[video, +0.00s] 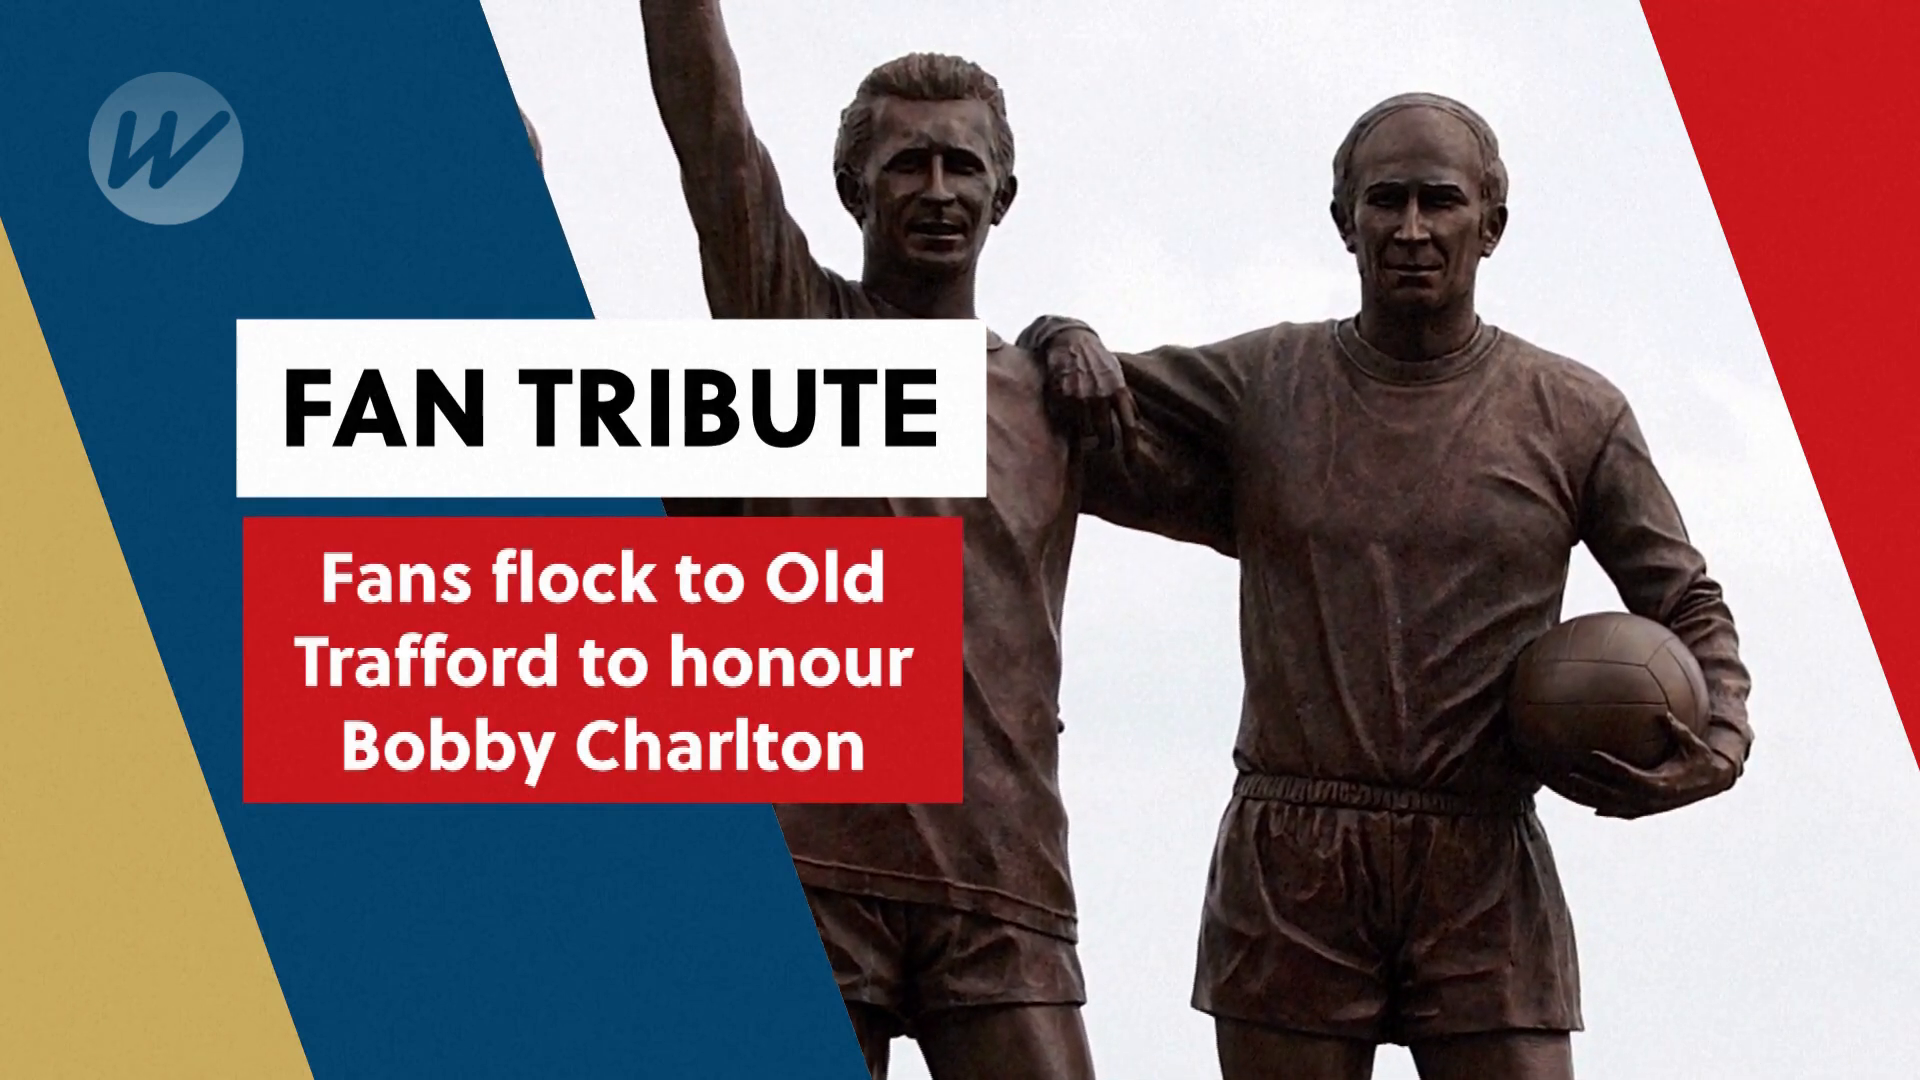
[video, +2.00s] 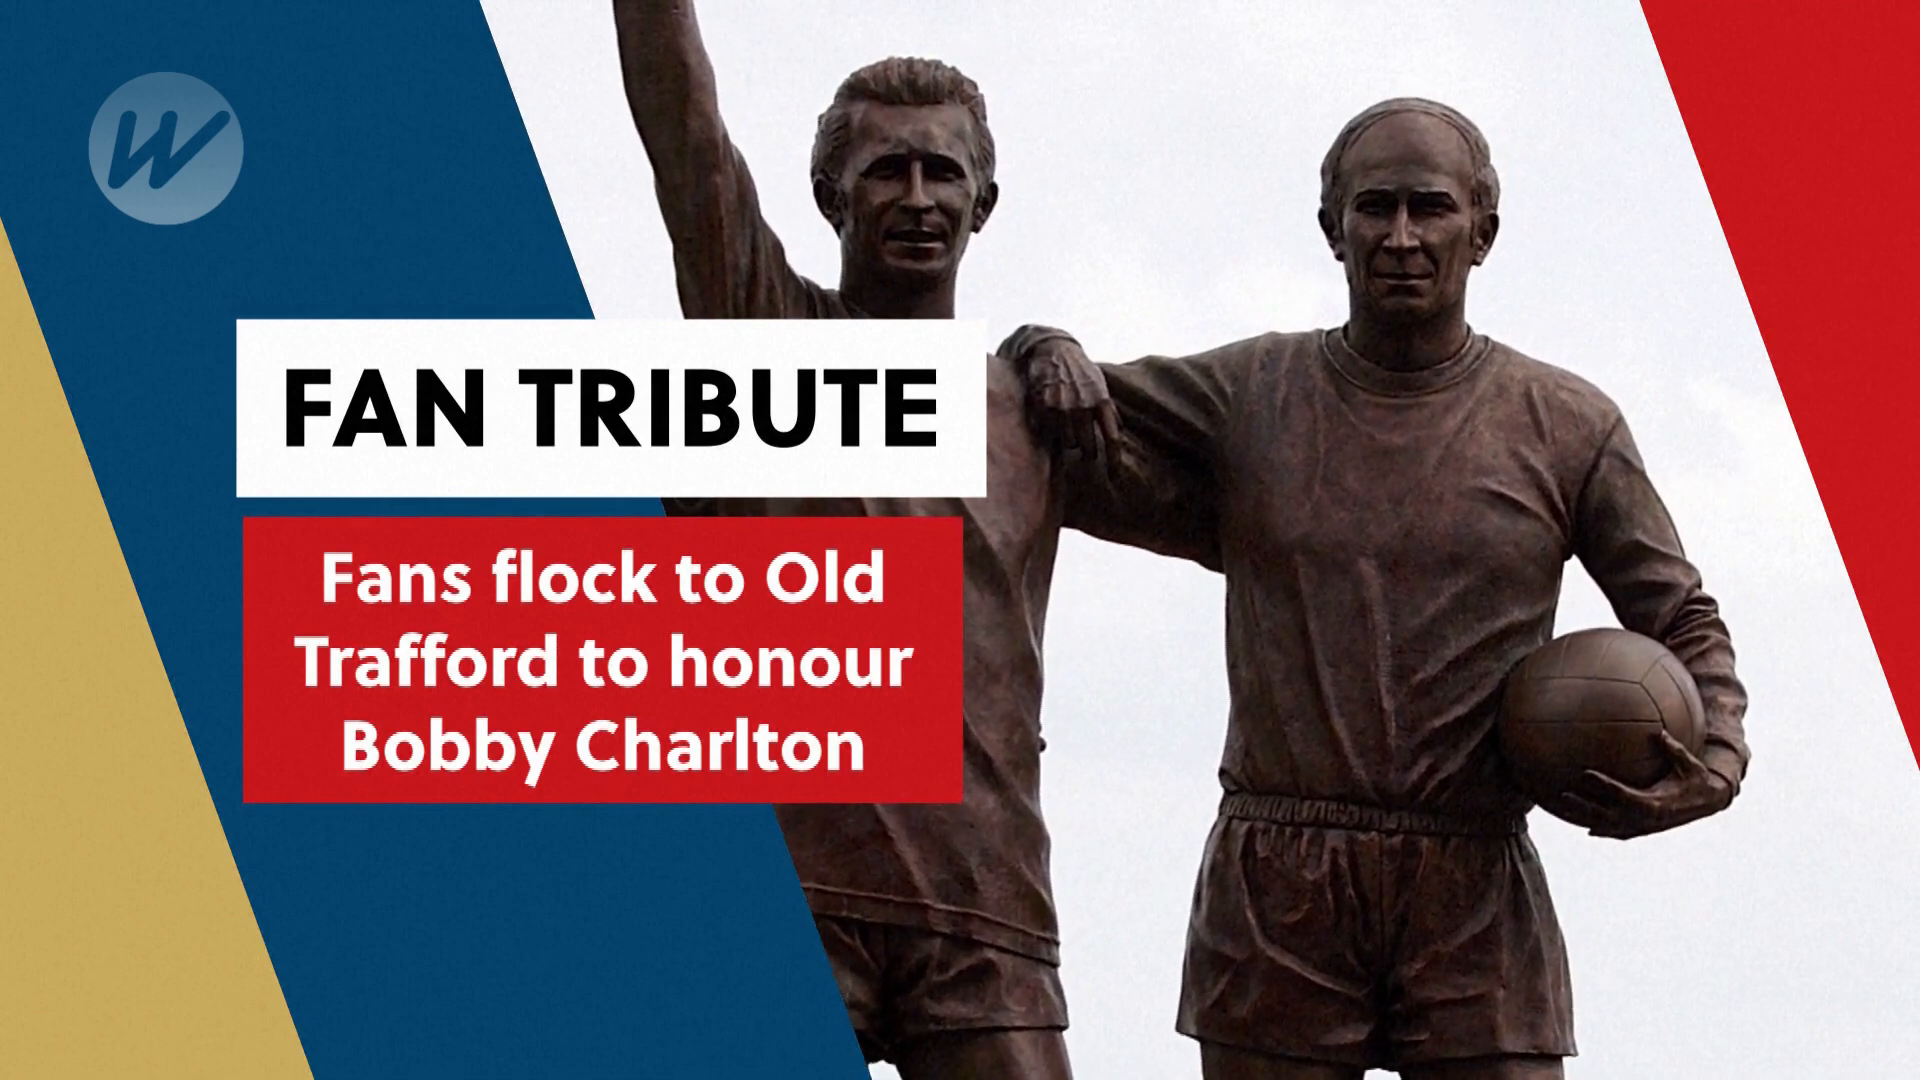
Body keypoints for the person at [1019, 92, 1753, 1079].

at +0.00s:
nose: (1411, 226)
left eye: (1440, 199)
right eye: (1384, 200)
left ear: (1493, 223)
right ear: (1344, 222)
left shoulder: (1574, 411)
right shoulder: (1262, 379)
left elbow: (1685, 604)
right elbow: (1085, 414)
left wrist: (1721, 735)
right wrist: (1062, 342)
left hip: (1482, 868)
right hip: (1287, 863)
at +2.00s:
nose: (1401, 234)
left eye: (1431, 205)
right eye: (1373, 207)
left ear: (1485, 227)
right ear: (1332, 228)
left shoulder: (1567, 421)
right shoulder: (1250, 388)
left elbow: (1680, 617)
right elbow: (1074, 439)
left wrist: (1719, 755)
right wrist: (1044, 353)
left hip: (1473, 894)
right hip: (1272, 890)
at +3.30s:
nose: (1407, 247)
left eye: (1431, 213)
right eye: (1384, 213)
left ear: (1475, 226)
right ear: (1345, 224)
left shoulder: (1549, 436)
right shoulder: (1265, 420)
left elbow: (1692, 690)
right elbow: (1052, 434)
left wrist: (1582, 708)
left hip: (1467, 908)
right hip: (1287, 902)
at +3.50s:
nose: (1411, 252)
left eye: (1433, 218)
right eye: (1388, 218)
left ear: (1471, 230)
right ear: (1350, 228)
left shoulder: (1546, 442)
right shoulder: (1270, 429)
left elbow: (1685, 725)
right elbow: (1024, 427)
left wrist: (1531, 705)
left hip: (1467, 919)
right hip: (1293, 913)